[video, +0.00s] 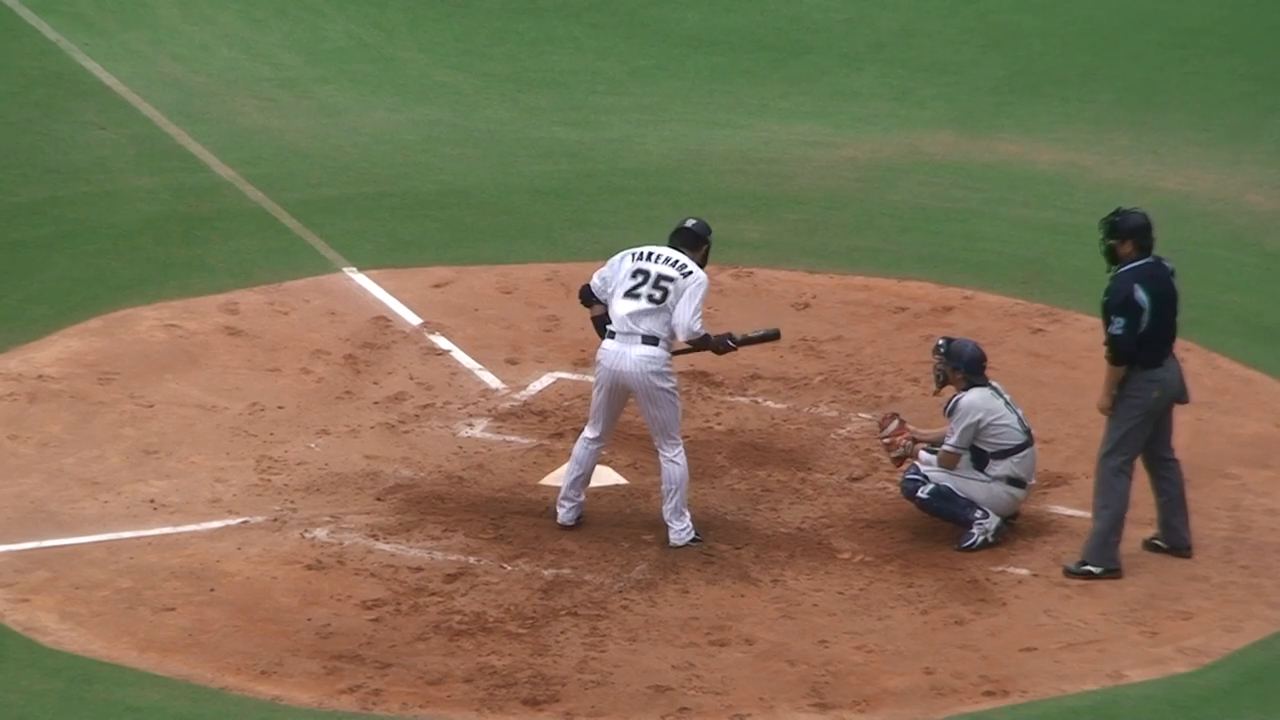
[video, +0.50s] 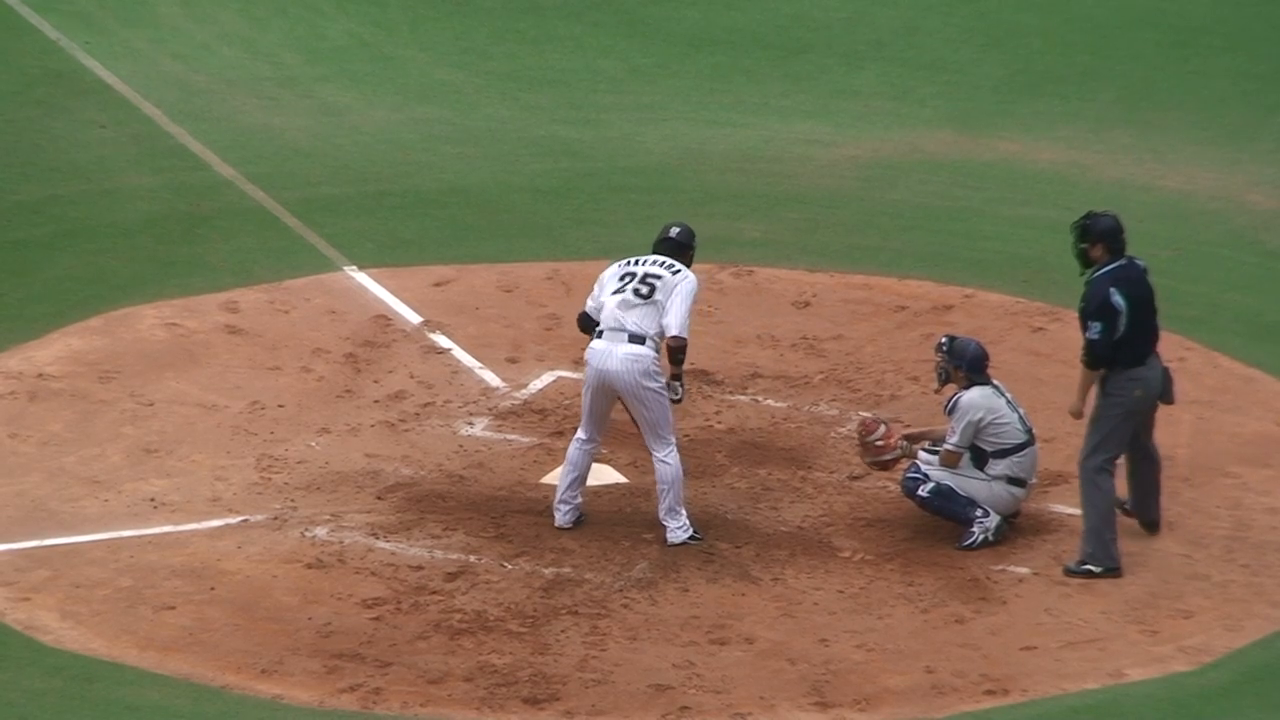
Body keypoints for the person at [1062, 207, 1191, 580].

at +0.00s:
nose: (1109, 246)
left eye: (1114, 241)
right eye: (1111, 240)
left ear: (1128, 244)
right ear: (1142, 242)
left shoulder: (1124, 284)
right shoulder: (1161, 270)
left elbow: (1119, 350)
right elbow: (1163, 329)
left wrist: (1108, 392)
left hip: (1140, 382)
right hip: (1166, 374)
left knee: (1113, 463)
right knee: (1160, 457)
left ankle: (1101, 557)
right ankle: (1176, 537)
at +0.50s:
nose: (1082, 249)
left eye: (1086, 244)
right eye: (1082, 242)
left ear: (1100, 248)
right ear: (1112, 245)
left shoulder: (1100, 289)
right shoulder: (1136, 269)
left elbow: (1094, 354)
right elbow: (1144, 326)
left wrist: (1079, 398)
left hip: (1124, 383)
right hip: (1150, 373)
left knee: (1094, 463)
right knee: (1140, 444)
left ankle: (1101, 557)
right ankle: (1146, 510)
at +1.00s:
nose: (1088, 239)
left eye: (1093, 234)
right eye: (1089, 233)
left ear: (1107, 239)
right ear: (1119, 236)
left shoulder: (1110, 277)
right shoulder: (1137, 261)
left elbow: (1107, 345)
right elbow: (1144, 322)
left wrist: (1095, 390)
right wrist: (1149, 364)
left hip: (1125, 372)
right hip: (1145, 364)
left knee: (1103, 455)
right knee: (1127, 437)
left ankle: (1104, 554)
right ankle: (1140, 513)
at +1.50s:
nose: (1089, 238)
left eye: (1093, 233)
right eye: (1091, 231)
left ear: (1105, 239)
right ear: (1122, 235)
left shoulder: (1103, 277)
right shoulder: (1139, 263)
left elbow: (1096, 343)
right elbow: (1141, 323)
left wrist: (1085, 389)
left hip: (1115, 374)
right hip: (1140, 365)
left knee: (1106, 459)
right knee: (1134, 441)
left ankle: (1106, 554)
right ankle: (1144, 511)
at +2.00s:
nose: (1090, 237)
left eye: (1094, 232)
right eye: (1092, 230)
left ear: (1107, 238)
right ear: (1122, 235)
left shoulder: (1106, 277)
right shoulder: (1140, 262)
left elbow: (1102, 344)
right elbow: (1142, 321)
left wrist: (1088, 387)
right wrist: (1139, 359)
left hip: (1120, 373)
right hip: (1143, 364)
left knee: (1109, 458)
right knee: (1136, 444)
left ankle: (1102, 553)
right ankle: (1144, 511)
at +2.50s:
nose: (1093, 236)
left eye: (1098, 232)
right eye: (1096, 230)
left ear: (1110, 237)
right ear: (1126, 234)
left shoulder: (1109, 276)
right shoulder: (1143, 261)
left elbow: (1106, 343)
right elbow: (1145, 321)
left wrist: (1095, 388)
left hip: (1124, 372)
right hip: (1147, 363)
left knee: (1108, 457)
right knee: (1139, 443)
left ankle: (1103, 553)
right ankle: (1145, 512)